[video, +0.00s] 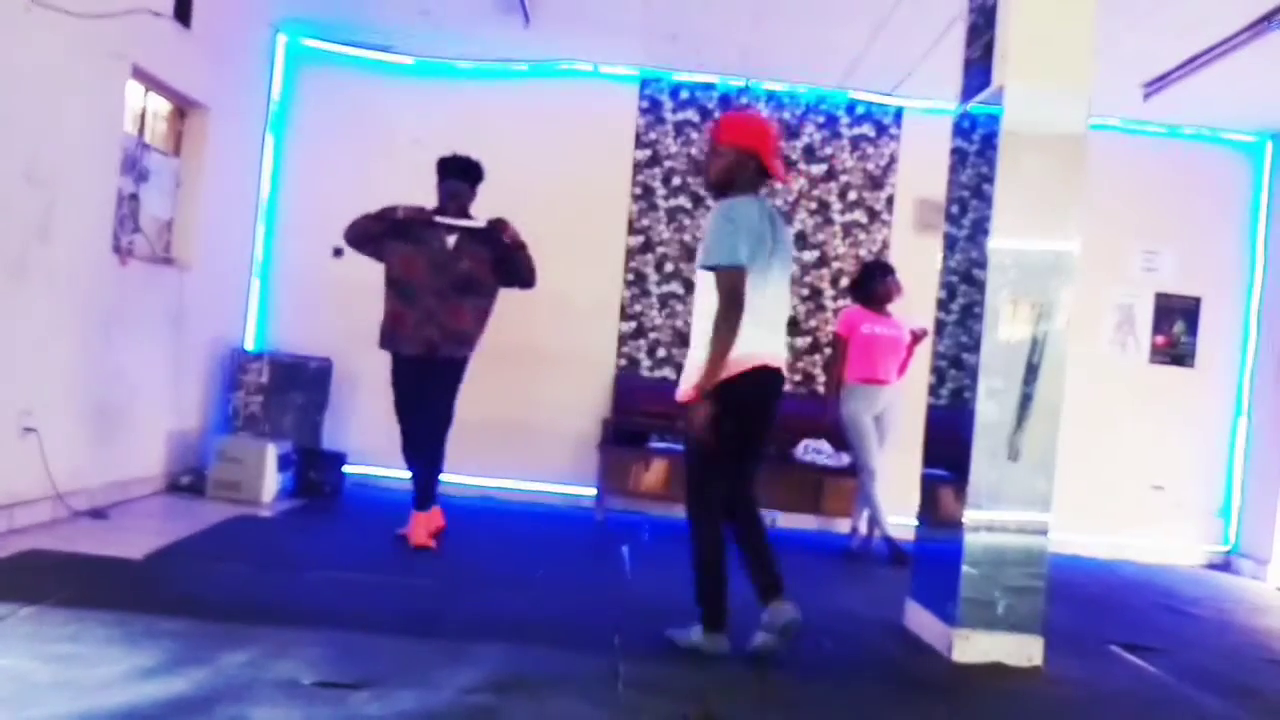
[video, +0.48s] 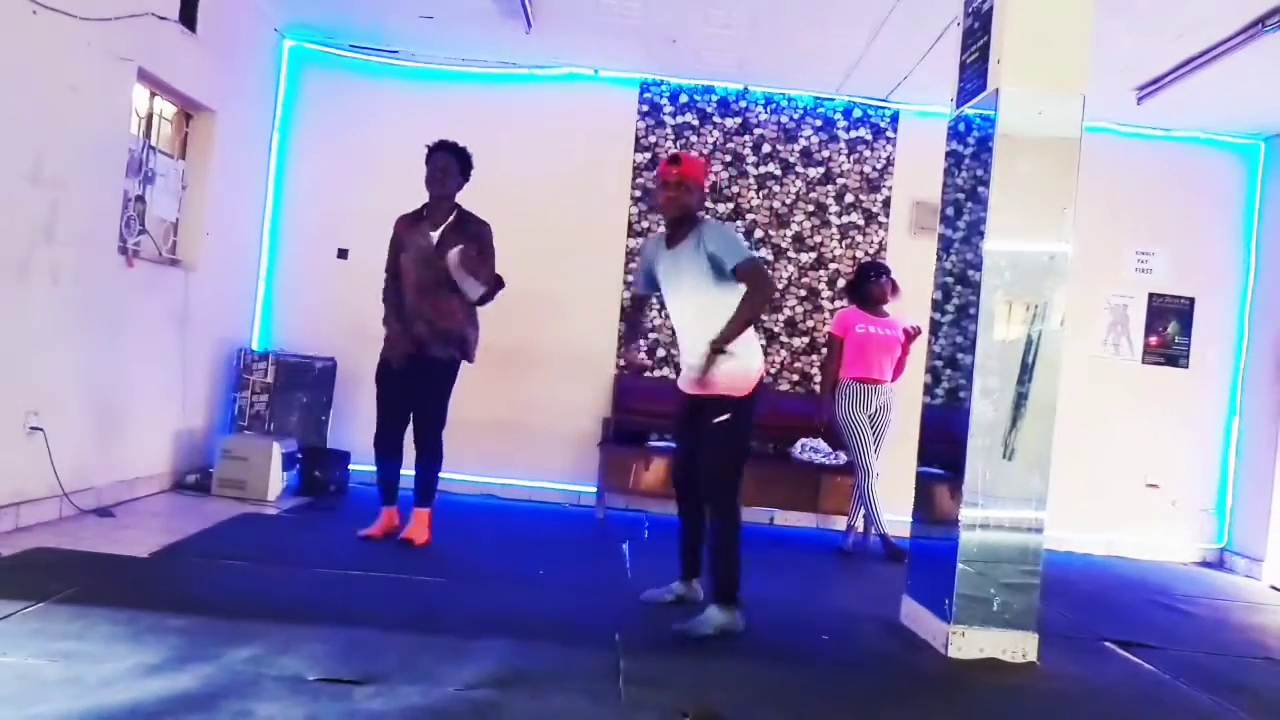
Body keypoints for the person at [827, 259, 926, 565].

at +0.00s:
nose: (897, 287)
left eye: (895, 280)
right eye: (890, 281)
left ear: (889, 285)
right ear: (874, 286)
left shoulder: (895, 325)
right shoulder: (852, 316)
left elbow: (898, 372)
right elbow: (837, 362)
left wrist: (912, 346)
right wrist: (833, 401)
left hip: (887, 391)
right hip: (857, 389)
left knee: (872, 466)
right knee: (869, 464)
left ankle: (858, 531)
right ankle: (887, 536)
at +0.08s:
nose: (895, 287)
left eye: (894, 281)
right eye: (888, 281)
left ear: (888, 286)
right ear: (872, 286)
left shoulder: (895, 325)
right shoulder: (850, 317)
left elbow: (897, 372)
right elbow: (836, 363)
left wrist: (911, 346)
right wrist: (832, 401)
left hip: (886, 391)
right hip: (856, 389)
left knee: (872, 466)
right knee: (868, 464)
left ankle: (857, 531)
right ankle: (885, 535)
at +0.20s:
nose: (894, 286)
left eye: (892, 280)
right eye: (887, 281)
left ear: (887, 286)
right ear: (872, 286)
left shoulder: (895, 326)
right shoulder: (849, 317)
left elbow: (895, 373)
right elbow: (834, 363)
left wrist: (909, 346)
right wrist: (829, 402)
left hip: (883, 396)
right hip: (852, 393)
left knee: (869, 465)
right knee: (867, 464)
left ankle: (853, 531)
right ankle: (885, 535)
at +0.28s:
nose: (892, 285)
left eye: (891, 280)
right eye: (885, 280)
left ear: (888, 287)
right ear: (869, 285)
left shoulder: (895, 326)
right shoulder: (847, 317)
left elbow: (895, 373)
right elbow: (833, 364)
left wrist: (908, 346)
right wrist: (827, 403)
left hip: (884, 396)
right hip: (852, 393)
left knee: (869, 467)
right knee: (867, 465)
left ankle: (850, 532)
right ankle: (885, 537)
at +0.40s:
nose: (889, 287)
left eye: (889, 281)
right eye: (882, 281)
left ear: (890, 287)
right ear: (865, 286)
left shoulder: (895, 327)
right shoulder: (846, 317)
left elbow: (894, 374)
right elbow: (832, 364)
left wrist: (907, 346)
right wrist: (826, 403)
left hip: (882, 396)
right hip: (851, 393)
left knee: (868, 466)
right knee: (866, 464)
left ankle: (849, 532)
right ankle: (885, 536)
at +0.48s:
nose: (889, 286)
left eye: (889, 281)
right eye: (882, 280)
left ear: (889, 287)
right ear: (866, 286)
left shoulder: (895, 326)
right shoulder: (846, 317)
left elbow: (894, 374)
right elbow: (832, 364)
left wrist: (906, 346)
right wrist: (826, 405)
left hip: (882, 397)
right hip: (851, 393)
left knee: (868, 466)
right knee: (866, 464)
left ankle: (850, 533)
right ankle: (885, 536)